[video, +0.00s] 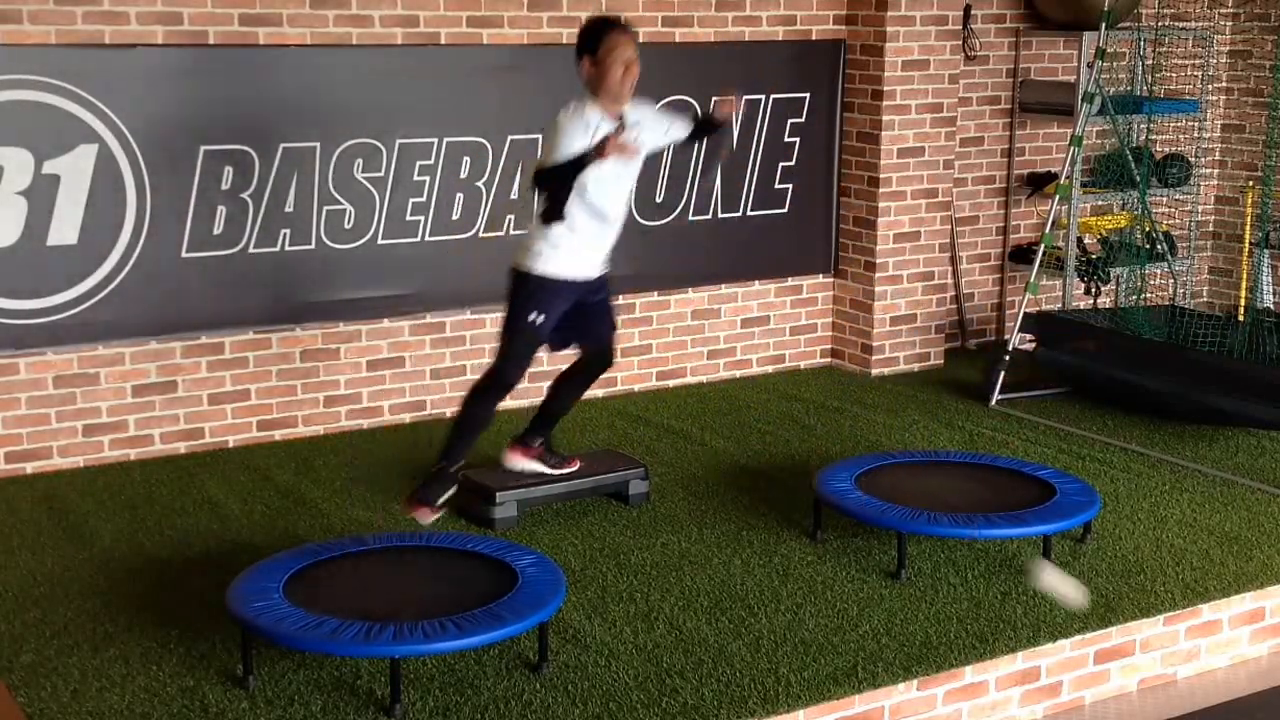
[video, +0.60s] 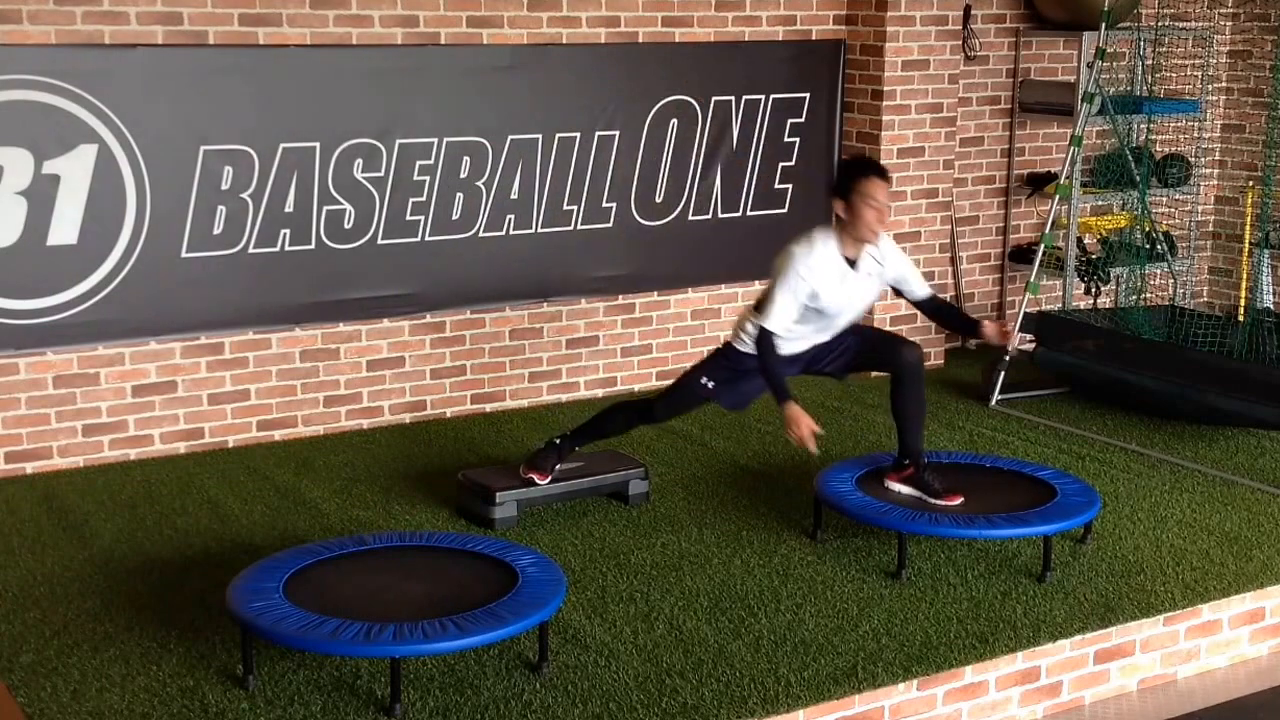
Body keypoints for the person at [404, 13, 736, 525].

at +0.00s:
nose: (632, 72)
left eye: (635, 61)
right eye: (620, 63)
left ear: (638, 65)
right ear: (589, 67)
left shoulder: (640, 119)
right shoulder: (573, 119)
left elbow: (690, 126)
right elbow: (544, 185)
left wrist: (717, 118)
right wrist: (595, 154)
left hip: (590, 273)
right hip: (544, 270)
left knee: (599, 356)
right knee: (505, 373)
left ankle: (531, 442)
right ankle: (440, 479)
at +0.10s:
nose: (657, 41)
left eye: (660, 31)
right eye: (646, 31)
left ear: (664, 37)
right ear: (614, 34)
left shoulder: (668, 87)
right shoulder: (596, 90)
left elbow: (719, 113)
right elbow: (577, 150)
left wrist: (747, 96)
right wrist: (637, 128)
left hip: (635, 248)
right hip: (579, 250)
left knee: (665, 339)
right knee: (543, 358)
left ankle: (587, 398)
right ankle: (507, 440)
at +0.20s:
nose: (689, 53)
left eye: (694, 43)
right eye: (677, 41)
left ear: (697, 47)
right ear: (645, 43)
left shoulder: (694, 98)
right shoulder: (625, 96)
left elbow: (741, 134)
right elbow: (610, 166)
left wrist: (785, 121)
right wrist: (687, 147)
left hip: (670, 246)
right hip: (608, 256)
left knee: (743, 317)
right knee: (570, 360)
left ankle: (698, 393)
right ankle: (545, 444)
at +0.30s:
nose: (728, 86)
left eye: (733, 77)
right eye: (717, 76)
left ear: (735, 82)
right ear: (686, 80)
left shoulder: (735, 130)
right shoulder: (663, 131)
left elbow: (783, 176)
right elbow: (646, 211)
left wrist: (837, 177)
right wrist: (721, 209)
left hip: (706, 262)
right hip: (643, 271)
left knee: (793, 319)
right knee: (588, 361)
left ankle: (835, 421)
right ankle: (546, 447)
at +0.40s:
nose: (782, 126)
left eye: (785, 116)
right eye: (770, 116)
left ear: (786, 123)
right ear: (738, 120)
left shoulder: (787, 168)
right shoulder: (712, 175)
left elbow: (838, 217)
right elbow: (677, 251)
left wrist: (890, 237)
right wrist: (736, 288)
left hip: (758, 294)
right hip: (693, 298)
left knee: (838, 353)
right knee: (615, 376)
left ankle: (893, 462)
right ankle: (548, 447)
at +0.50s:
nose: (839, 175)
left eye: (841, 165)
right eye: (829, 165)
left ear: (842, 171)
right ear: (796, 171)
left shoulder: (846, 216)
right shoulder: (765, 226)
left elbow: (893, 267)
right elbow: (720, 296)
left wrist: (949, 299)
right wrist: (751, 355)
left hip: (804, 324)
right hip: (740, 332)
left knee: (888, 356)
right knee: (648, 399)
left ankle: (910, 465)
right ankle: (557, 446)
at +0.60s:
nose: (886, 214)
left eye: (888, 204)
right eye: (875, 205)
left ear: (885, 208)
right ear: (842, 209)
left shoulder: (883, 250)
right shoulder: (804, 258)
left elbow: (929, 301)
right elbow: (767, 337)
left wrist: (980, 328)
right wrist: (788, 405)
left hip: (825, 341)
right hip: (762, 348)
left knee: (907, 354)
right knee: (657, 409)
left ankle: (910, 467)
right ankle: (561, 446)